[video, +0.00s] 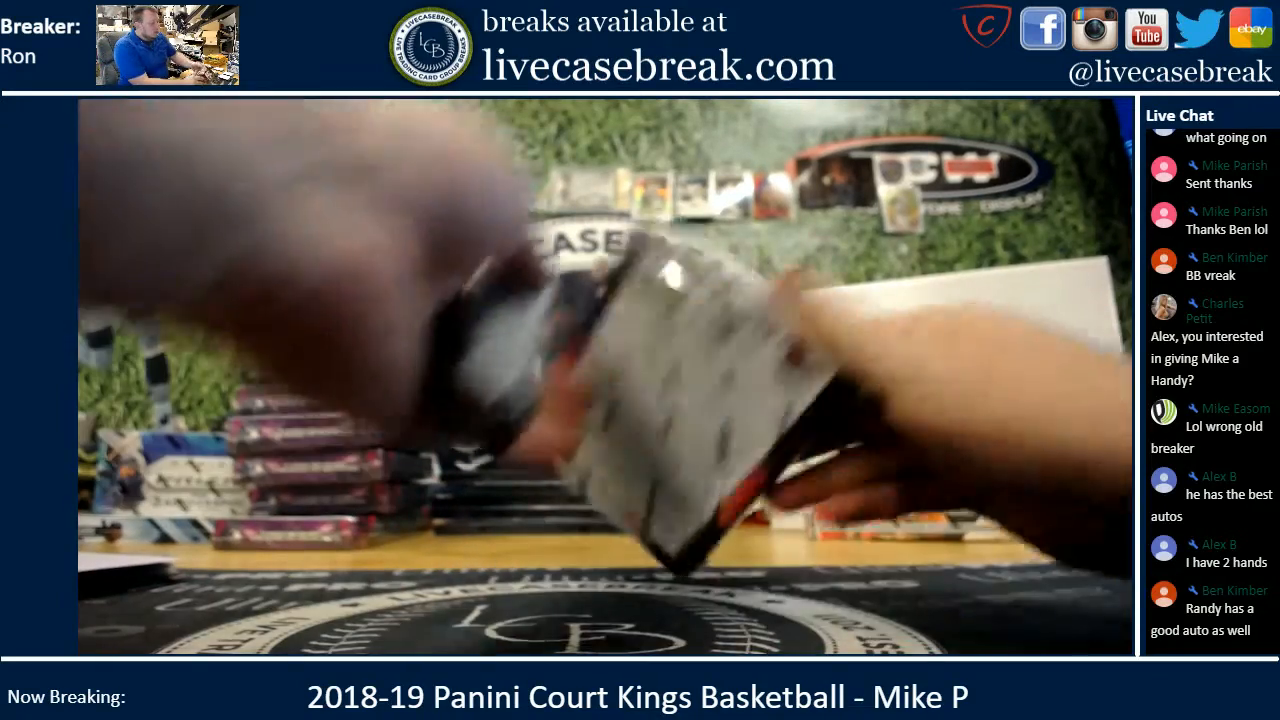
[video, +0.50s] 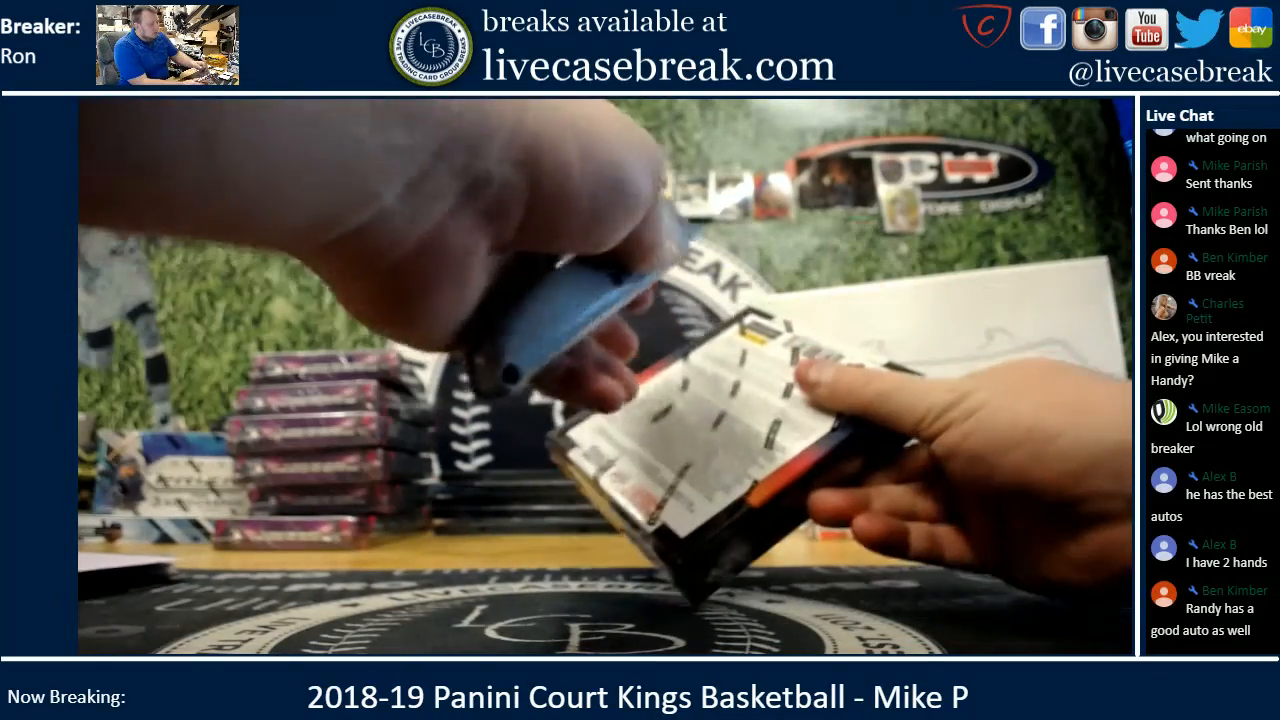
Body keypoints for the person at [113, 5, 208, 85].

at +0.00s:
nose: (157, 27)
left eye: (157, 22)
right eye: (152, 24)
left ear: (159, 21)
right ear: (138, 25)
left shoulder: (160, 38)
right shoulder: (125, 46)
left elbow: (175, 55)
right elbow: (142, 83)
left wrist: (191, 64)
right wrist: (184, 82)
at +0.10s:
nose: (157, 27)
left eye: (158, 22)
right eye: (152, 23)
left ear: (159, 21)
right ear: (138, 25)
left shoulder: (160, 38)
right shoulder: (125, 46)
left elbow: (176, 56)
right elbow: (142, 82)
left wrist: (192, 63)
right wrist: (184, 82)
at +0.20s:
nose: (157, 27)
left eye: (157, 22)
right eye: (151, 24)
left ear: (159, 21)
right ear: (137, 25)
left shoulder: (160, 38)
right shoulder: (124, 46)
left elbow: (176, 55)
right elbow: (141, 83)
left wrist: (192, 63)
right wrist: (183, 82)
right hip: (137, 100)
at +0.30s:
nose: (157, 27)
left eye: (157, 22)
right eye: (151, 24)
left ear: (159, 21)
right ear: (137, 25)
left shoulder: (160, 38)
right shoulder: (124, 46)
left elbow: (176, 55)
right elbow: (140, 82)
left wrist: (193, 64)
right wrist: (182, 83)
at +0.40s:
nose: (157, 28)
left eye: (157, 22)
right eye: (151, 24)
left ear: (158, 20)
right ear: (137, 26)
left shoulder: (161, 38)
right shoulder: (124, 46)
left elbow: (177, 55)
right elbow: (141, 82)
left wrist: (193, 64)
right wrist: (183, 84)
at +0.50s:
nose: (157, 28)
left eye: (157, 22)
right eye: (151, 24)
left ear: (158, 21)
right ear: (137, 26)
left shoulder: (161, 37)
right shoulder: (124, 46)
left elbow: (177, 55)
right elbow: (141, 82)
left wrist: (194, 64)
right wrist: (183, 83)